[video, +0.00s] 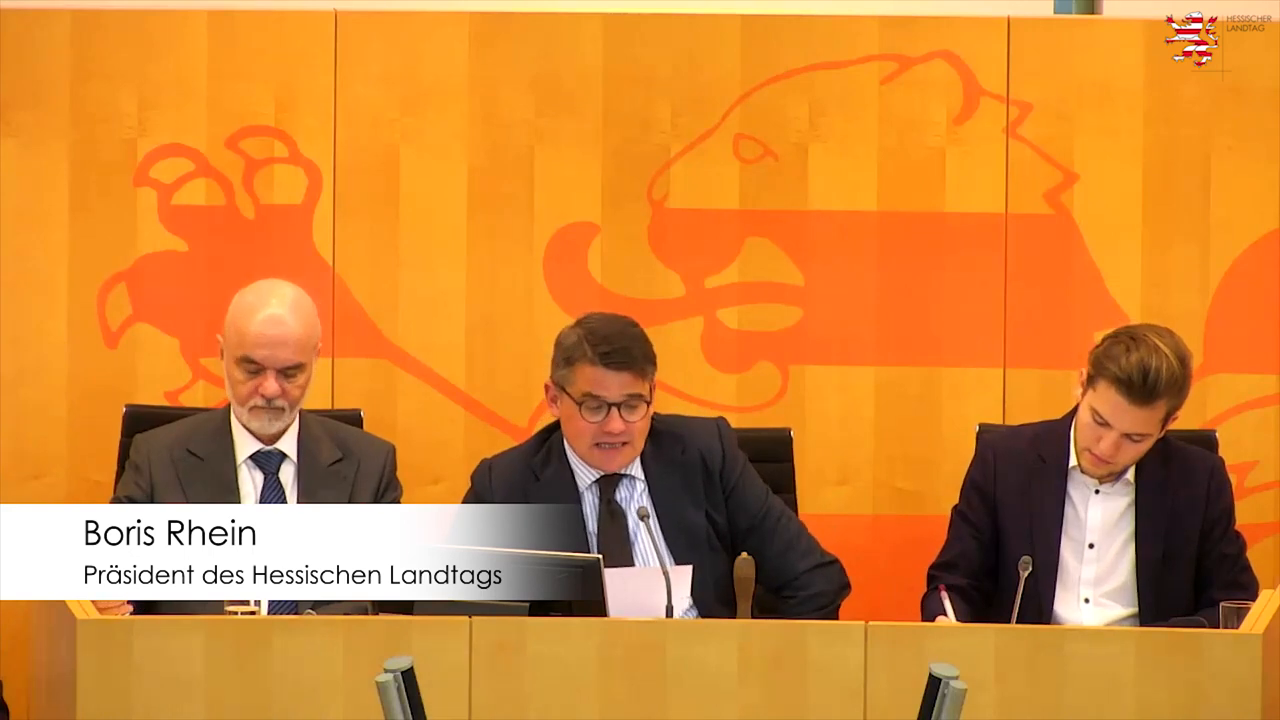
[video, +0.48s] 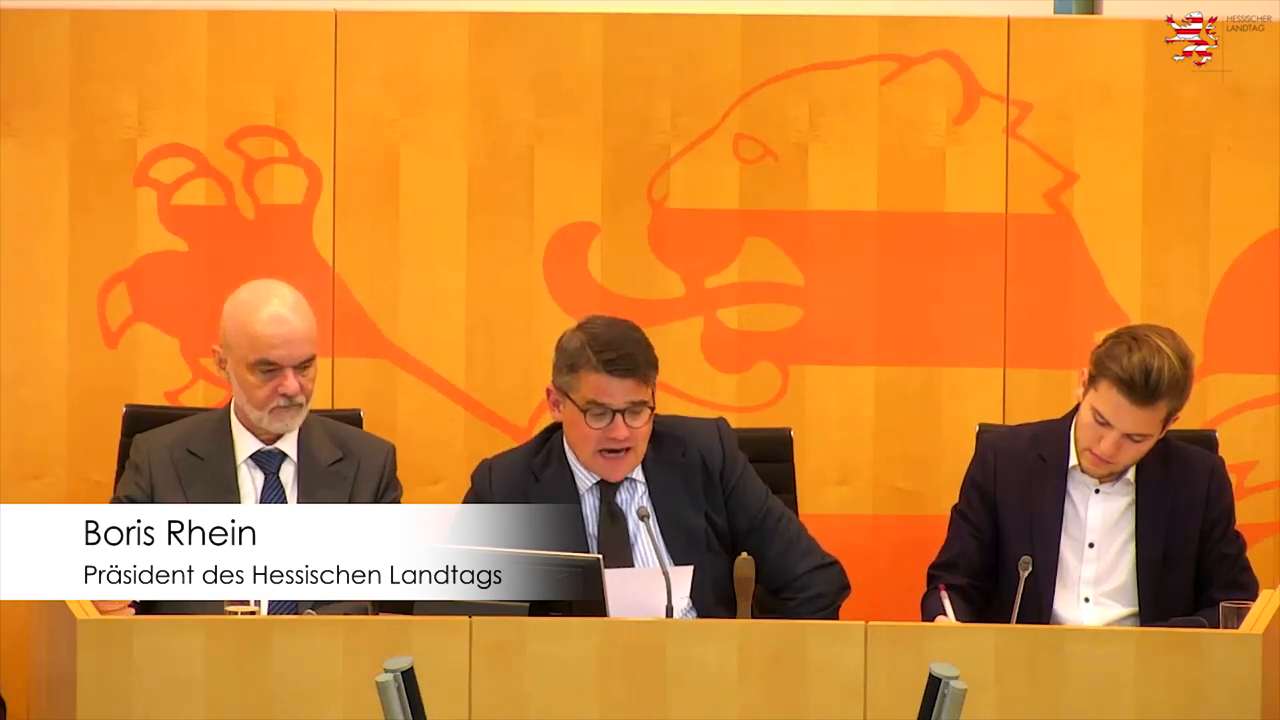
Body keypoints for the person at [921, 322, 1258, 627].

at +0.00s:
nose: (1106, 448)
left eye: (1133, 438)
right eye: (1098, 420)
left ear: (1166, 423)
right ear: (1082, 384)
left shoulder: (1200, 478)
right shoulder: (1003, 458)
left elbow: (1238, 601)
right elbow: (953, 583)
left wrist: (1164, 645)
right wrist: (954, 636)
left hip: (1151, 680)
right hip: (1026, 672)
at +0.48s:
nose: (1107, 447)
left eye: (1134, 438)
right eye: (1099, 420)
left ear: (1167, 424)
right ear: (1083, 383)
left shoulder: (1200, 478)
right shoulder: (1003, 457)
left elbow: (1238, 601)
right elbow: (953, 583)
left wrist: (1165, 644)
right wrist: (953, 634)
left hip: (1151, 680)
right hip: (1026, 672)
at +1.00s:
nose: (1109, 440)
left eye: (1136, 429)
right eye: (1101, 413)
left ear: (1168, 417)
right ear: (1083, 380)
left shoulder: (1201, 477)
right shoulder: (1003, 457)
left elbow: (1238, 603)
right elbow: (955, 584)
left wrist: (1160, 644)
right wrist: (948, 622)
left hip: (1152, 681)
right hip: (1026, 671)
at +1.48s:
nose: (1095, 425)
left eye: (1119, 408)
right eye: (1082, 400)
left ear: (1149, 395)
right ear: (1062, 377)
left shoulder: (1195, 477)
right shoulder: (998, 460)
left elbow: (1240, 610)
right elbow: (956, 587)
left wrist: (1137, 596)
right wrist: (939, 615)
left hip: (1150, 686)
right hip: (1022, 679)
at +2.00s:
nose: (1099, 423)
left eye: (1119, 402)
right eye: (1079, 402)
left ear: (1144, 381)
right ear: (1053, 383)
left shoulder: (1197, 473)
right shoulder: (1002, 460)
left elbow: (1212, 611)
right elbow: (959, 586)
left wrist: (1114, 507)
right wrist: (935, 619)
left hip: (1149, 679)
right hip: (1021, 674)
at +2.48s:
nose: (1115, 402)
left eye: (1129, 379)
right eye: (1091, 384)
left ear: (1146, 373)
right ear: (1056, 385)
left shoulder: (1205, 471)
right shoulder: (1010, 462)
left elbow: (1250, 605)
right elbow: (967, 589)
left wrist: (1161, 618)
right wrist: (944, 617)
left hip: (1157, 680)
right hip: (1030, 673)